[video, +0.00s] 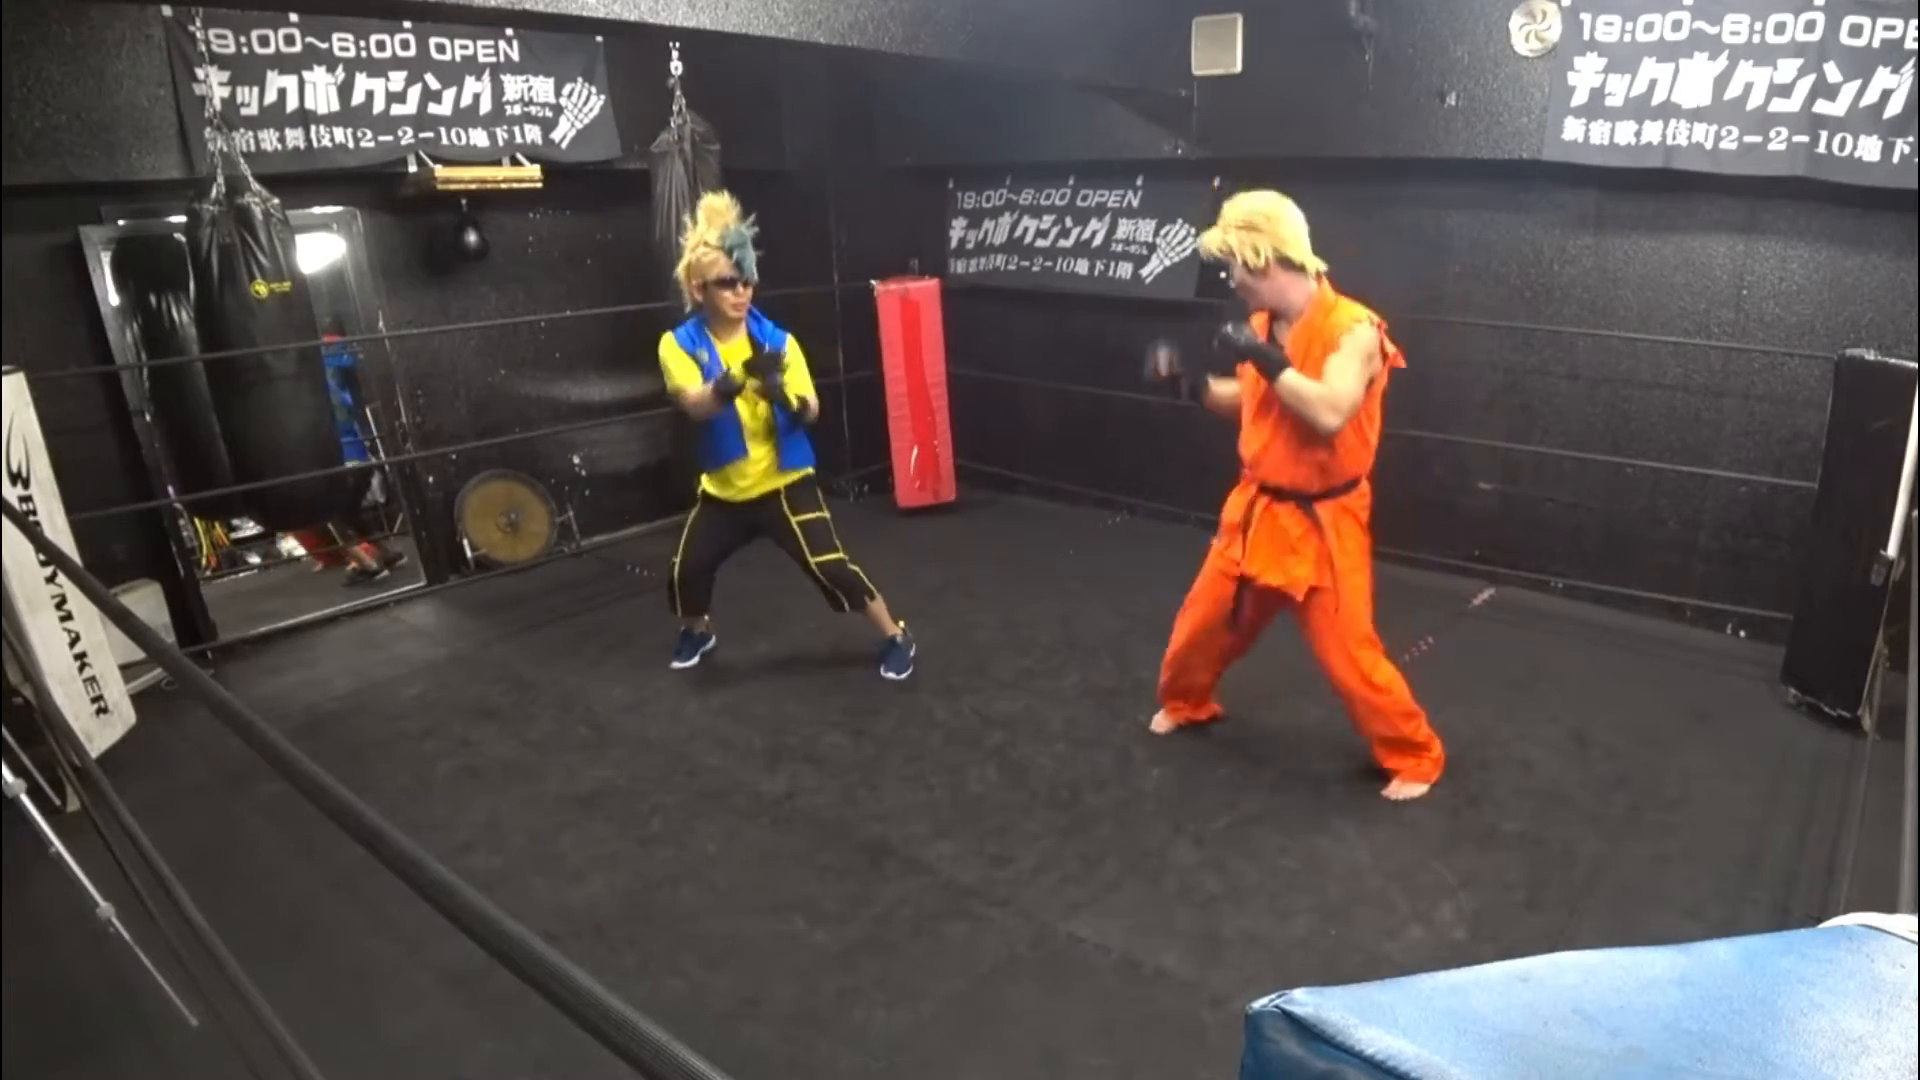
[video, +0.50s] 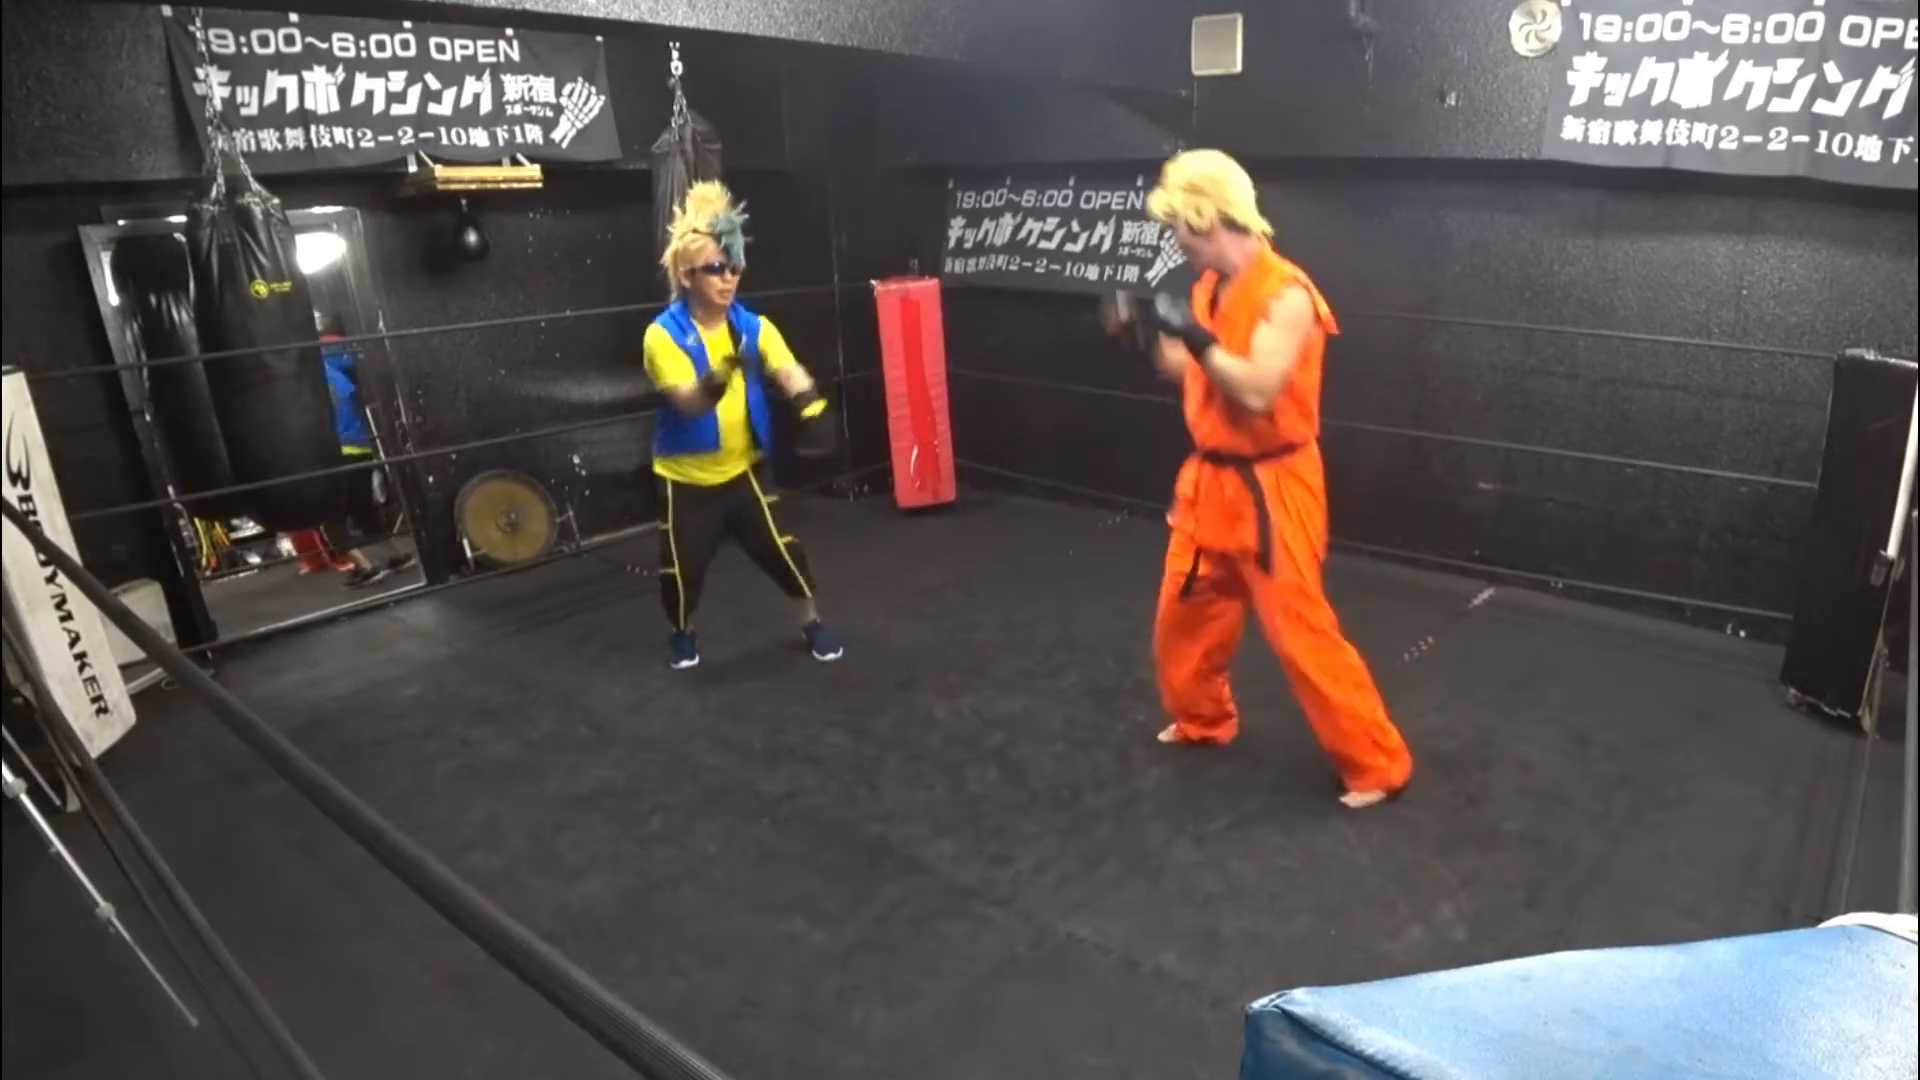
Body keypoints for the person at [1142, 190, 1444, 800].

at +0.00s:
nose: (1230, 283)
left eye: (1233, 268)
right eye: (1227, 270)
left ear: (1266, 260)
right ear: (1268, 261)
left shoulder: (1355, 331)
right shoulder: (1262, 325)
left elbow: (1329, 412)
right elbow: (1252, 398)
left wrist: (1264, 358)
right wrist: (1191, 383)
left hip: (1325, 519)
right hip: (1256, 508)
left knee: (1346, 654)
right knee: (1197, 627)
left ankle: (1417, 758)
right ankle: (1187, 703)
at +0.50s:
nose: (1177, 245)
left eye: (1182, 230)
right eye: (1174, 232)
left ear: (1216, 222)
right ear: (1213, 225)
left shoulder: (1288, 295)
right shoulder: (1206, 290)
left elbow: (1259, 388)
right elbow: (1197, 377)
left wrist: (1195, 340)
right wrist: (1145, 337)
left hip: (1276, 480)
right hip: (1212, 474)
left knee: (1297, 627)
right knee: (1186, 606)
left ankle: (1378, 763)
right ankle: (1203, 717)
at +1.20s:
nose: (1057, 254)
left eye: (1063, 240)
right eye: (1055, 241)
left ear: (1096, 233)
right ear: (1094, 235)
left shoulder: (1149, 304)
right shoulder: (1095, 303)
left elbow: (1149, 403)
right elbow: (1092, 391)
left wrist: (1080, 371)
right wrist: (1030, 406)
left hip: (1164, 480)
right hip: (1109, 473)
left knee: (1161, 629)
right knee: (1072, 591)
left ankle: (1250, 739)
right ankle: (1047, 683)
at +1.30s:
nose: (1063, 262)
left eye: (1065, 247)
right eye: (1059, 250)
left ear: (1095, 234)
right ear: (1094, 234)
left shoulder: (1147, 302)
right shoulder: (1105, 302)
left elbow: (1153, 404)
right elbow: (1113, 398)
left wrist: (1084, 376)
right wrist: (1071, 441)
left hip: (1177, 484)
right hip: (1124, 478)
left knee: (1181, 638)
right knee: (1079, 580)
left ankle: (1274, 755)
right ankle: (1076, 683)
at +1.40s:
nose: (1068, 288)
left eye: (1069, 274)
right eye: (1064, 276)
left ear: (1094, 263)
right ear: (1106, 259)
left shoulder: (1152, 333)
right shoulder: (1122, 327)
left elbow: (1154, 438)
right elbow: (1124, 422)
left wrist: (1081, 423)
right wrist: (1107, 484)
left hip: (1180, 507)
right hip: (1136, 501)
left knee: (1196, 643)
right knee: (1077, 590)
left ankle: (1288, 768)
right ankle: (1099, 690)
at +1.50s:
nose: (1064, 291)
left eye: (1063, 277)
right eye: (1060, 278)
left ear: (1085, 268)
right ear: (1106, 260)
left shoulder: (1145, 341)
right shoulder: (1127, 322)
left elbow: (1133, 451)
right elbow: (1132, 430)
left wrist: (1057, 433)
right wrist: (1103, 463)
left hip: (1176, 507)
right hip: (1139, 501)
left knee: (1195, 648)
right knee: (1080, 594)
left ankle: (1288, 770)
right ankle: (1099, 693)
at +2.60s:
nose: (733, 305)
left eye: (734, 294)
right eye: (731, 295)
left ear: (757, 291)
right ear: (779, 279)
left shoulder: (806, 353)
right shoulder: (809, 311)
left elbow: (826, 458)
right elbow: (734, 306)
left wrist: (788, 440)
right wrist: (672, 318)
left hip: (852, 505)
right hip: (899, 482)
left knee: (775, 609)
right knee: (933, 601)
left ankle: (754, 723)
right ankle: (1035, 689)